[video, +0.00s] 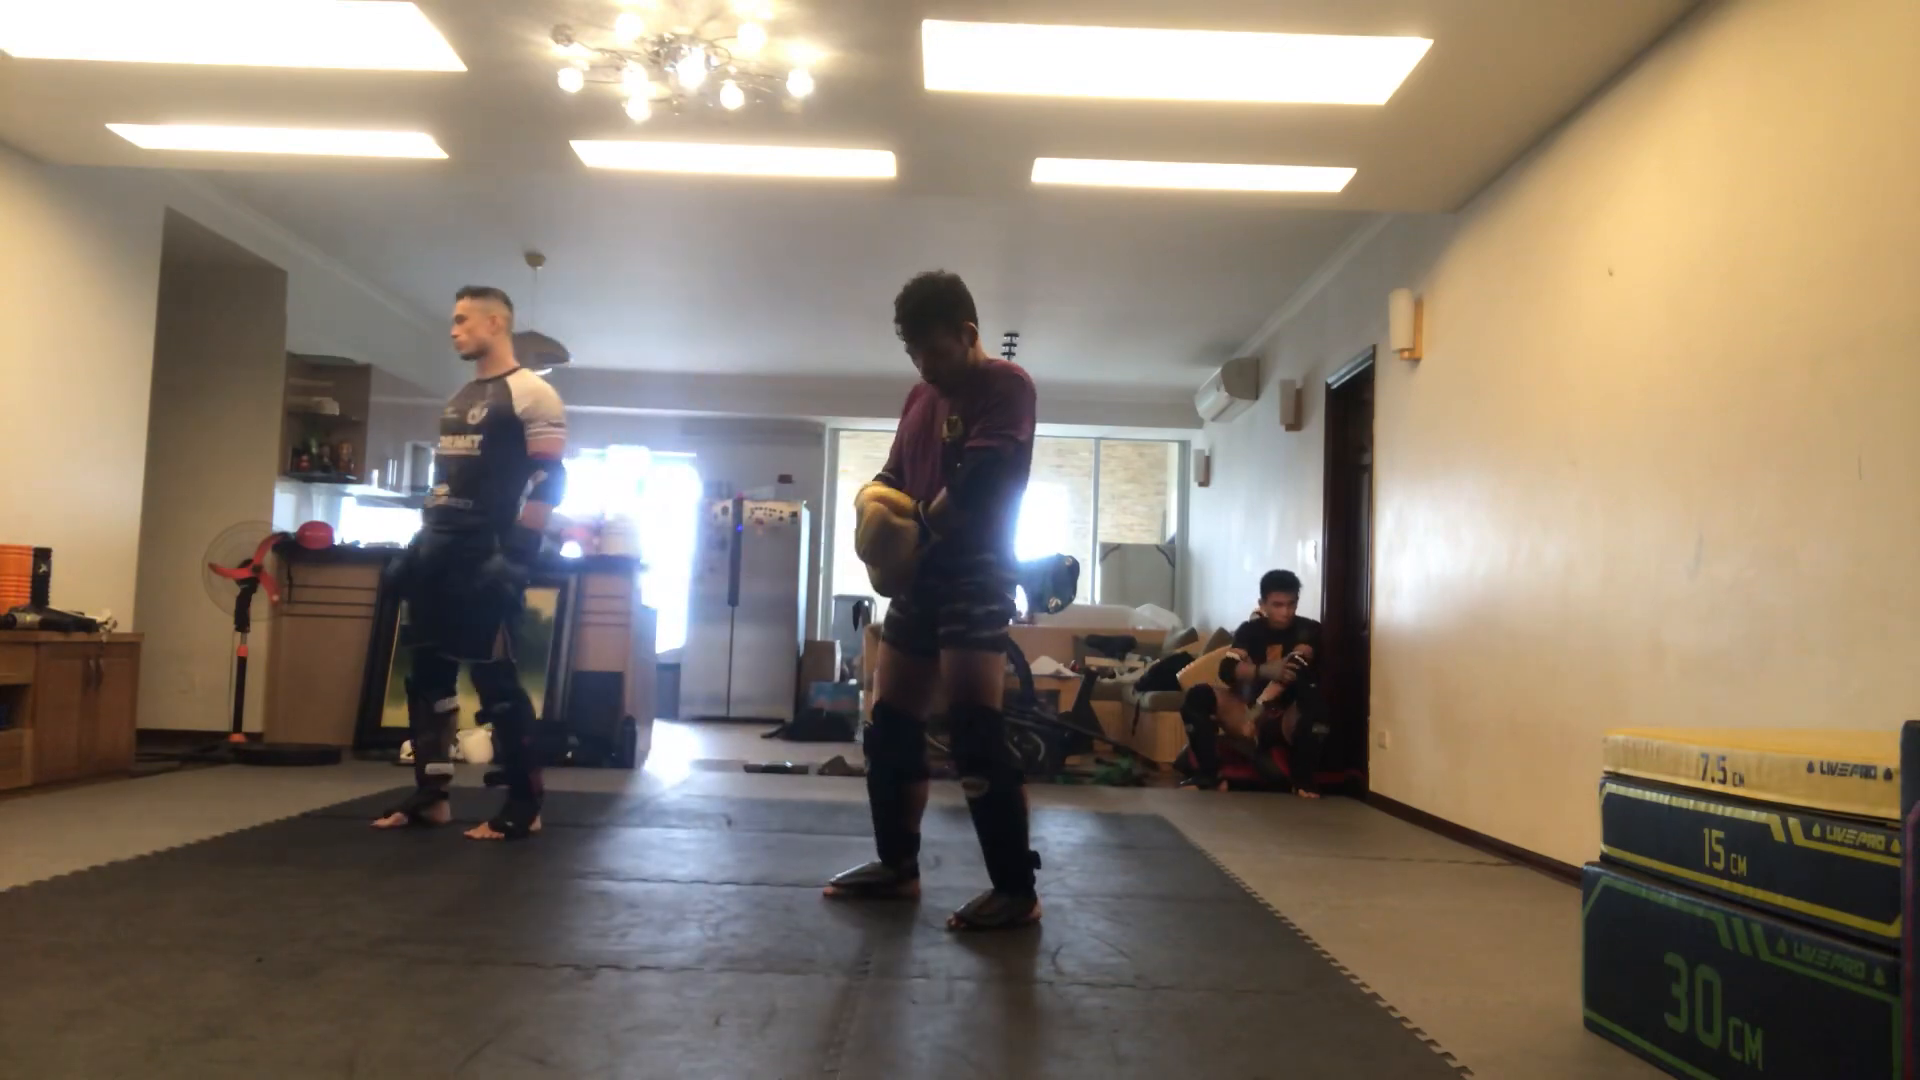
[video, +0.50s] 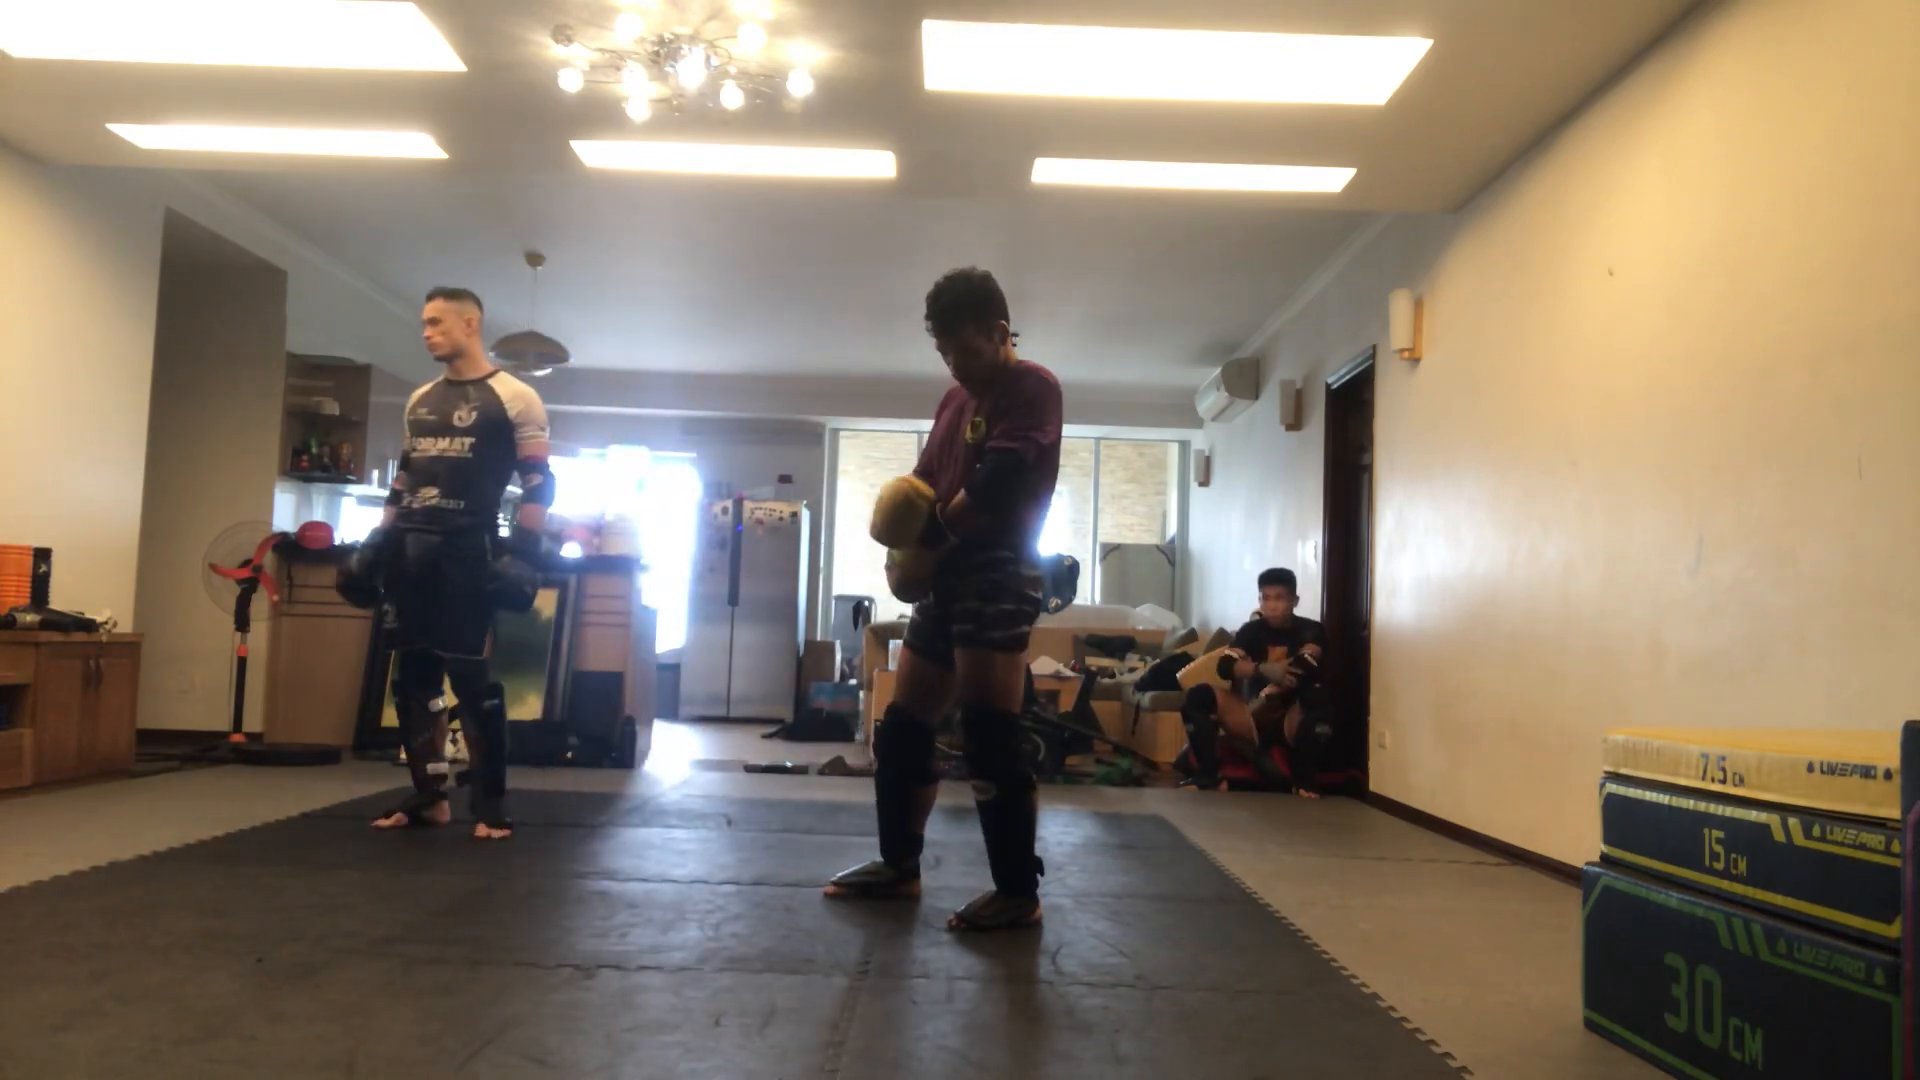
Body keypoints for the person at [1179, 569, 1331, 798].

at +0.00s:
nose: (1285, 612)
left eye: (1291, 604)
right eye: (1277, 605)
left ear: (1297, 603)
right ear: (1263, 605)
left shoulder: (1309, 630)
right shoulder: (1249, 630)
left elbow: (1293, 671)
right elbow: (1227, 669)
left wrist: (1259, 707)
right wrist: (1266, 670)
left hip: (1287, 714)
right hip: (1247, 711)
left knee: (1313, 704)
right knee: (1198, 697)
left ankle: (1303, 782)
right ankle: (1208, 776)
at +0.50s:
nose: (1271, 605)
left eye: (1279, 598)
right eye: (1266, 598)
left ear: (1294, 601)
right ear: (1260, 601)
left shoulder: (1311, 630)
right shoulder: (1251, 630)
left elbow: (1305, 667)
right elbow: (1225, 665)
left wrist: (1273, 692)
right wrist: (1265, 669)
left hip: (1292, 716)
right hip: (1249, 717)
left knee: (1318, 696)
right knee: (1199, 696)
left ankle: (1304, 780)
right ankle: (1207, 775)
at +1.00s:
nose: (1264, 610)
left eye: (1272, 604)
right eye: (1261, 603)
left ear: (1291, 605)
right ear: (1257, 603)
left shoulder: (1311, 632)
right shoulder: (1249, 634)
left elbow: (1324, 671)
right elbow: (1214, 669)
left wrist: (1276, 683)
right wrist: (1226, 687)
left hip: (1294, 713)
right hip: (1252, 712)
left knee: (1316, 700)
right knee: (1200, 698)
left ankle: (1305, 781)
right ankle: (1209, 775)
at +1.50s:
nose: (1251, 612)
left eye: (1258, 605)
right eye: (1249, 605)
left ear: (1279, 607)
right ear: (1245, 604)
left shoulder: (1304, 630)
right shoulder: (1244, 633)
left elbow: (1325, 668)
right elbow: (1212, 669)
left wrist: (1279, 690)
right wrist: (1228, 692)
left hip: (1292, 717)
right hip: (1251, 716)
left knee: (1317, 702)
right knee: (1199, 699)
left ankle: (1306, 782)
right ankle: (1209, 776)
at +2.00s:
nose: (1250, 610)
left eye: (1257, 603)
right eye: (1248, 603)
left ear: (1279, 605)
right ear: (1245, 603)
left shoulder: (1303, 631)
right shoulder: (1242, 632)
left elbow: (1324, 667)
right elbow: (1211, 669)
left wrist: (1277, 691)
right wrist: (1224, 689)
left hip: (1294, 708)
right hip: (1252, 708)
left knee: (1317, 704)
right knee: (1197, 699)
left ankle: (1307, 781)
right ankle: (1208, 775)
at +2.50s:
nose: (1250, 613)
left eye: (1257, 607)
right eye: (1248, 606)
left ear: (1278, 611)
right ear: (1245, 604)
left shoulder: (1302, 631)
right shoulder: (1242, 632)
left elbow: (1324, 668)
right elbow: (1212, 668)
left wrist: (1277, 691)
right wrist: (1223, 690)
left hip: (1293, 713)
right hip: (1254, 712)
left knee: (1316, 701)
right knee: (1198, 698)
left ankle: (1306, 781)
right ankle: (1208, 776)